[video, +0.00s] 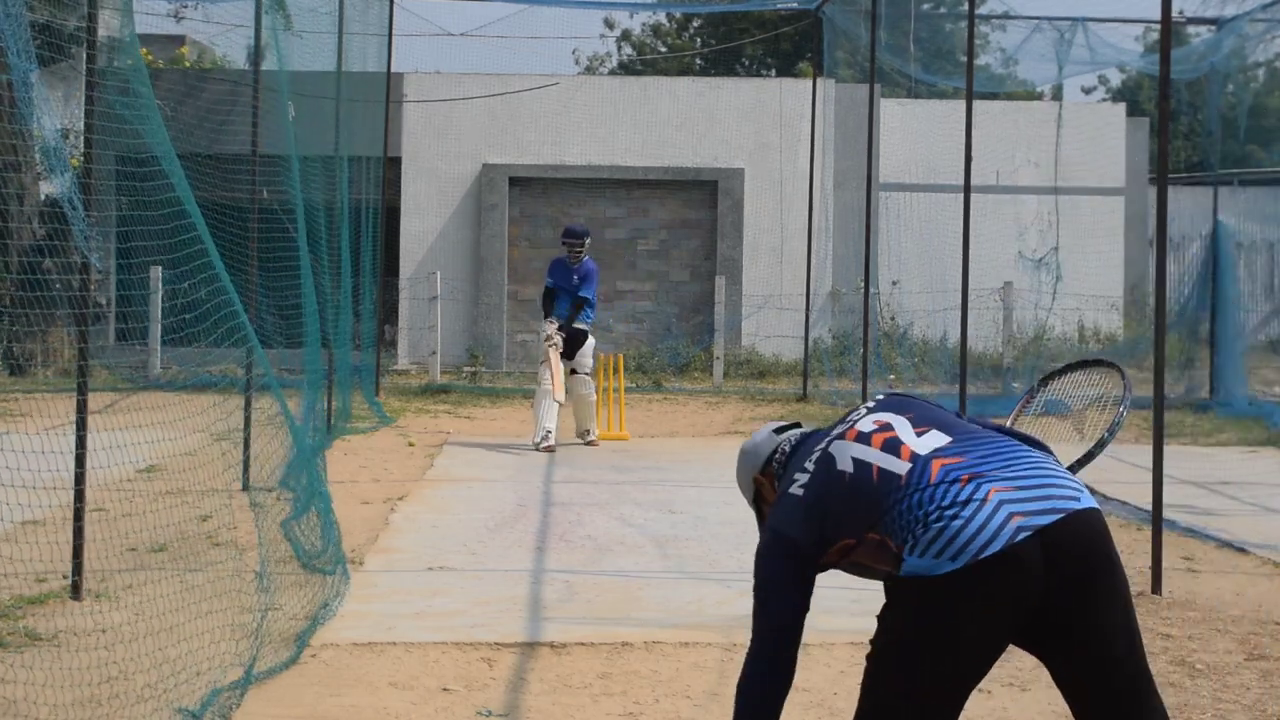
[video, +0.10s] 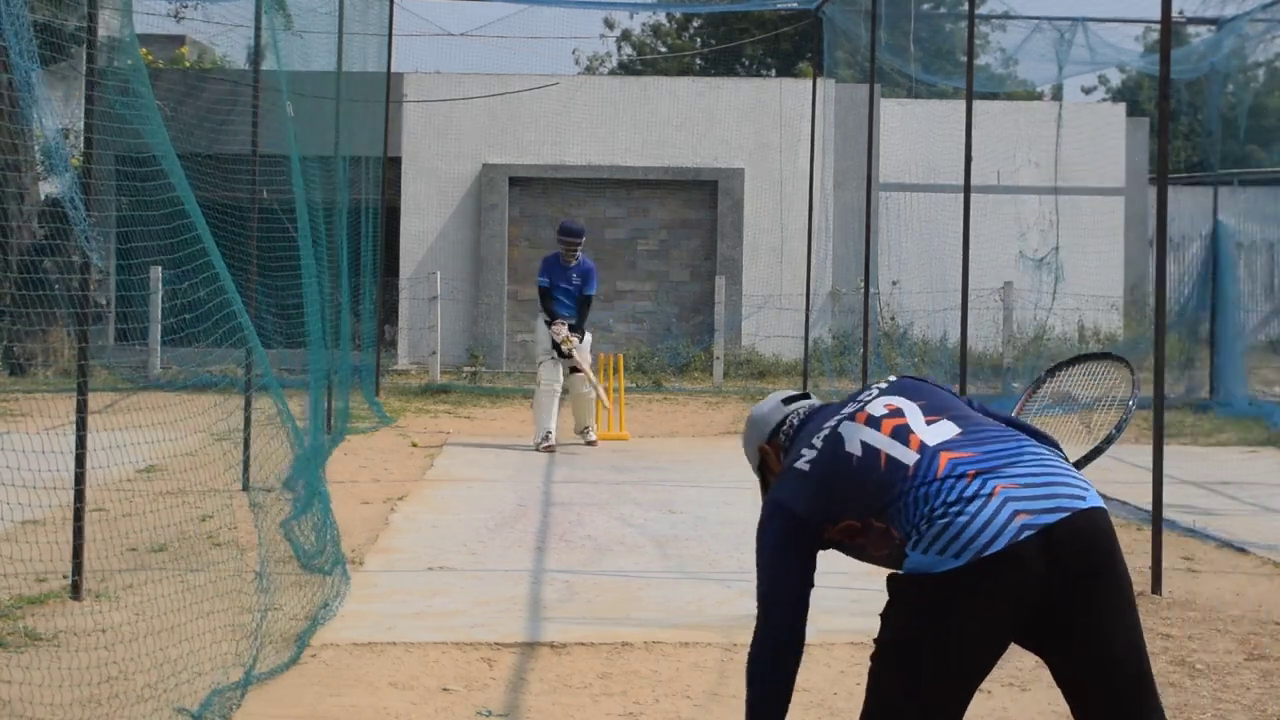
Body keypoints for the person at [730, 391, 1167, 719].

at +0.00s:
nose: (767, 522)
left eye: (760, 507)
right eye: (759, 510)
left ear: (770, 481)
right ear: (803, 442)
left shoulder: (791, 512)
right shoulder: (894, 408)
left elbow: (769, 664)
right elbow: (1031, 448)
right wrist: (902, 564)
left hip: (962, 561)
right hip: (1075, 529)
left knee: (896, 709)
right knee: (1129, 705)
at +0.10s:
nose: (771, 490)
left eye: (766, 475)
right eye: (765, 477)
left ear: (775, 455)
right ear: (817, 413)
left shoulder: (791, 494)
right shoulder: (906, 387)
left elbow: (778, 640)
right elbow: (1041, 443)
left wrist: (762, 715)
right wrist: (909, 549)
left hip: (967, 556)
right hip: (1080, 526)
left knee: (901, 712)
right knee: (1130, 707)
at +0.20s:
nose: (793, 419)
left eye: (790, 406)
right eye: (791, 407)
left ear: (801, 392)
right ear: (856, 352)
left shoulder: (808, 438)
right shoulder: (950, 354)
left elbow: (806, 582)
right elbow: (1068, 436)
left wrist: (832, 670)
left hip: (976, 557)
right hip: (1093, 531)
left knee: (916, 711)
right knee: (1125, 708)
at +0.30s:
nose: (825, 373)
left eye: (823, 358)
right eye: (824, 361)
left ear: (833, 345)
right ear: (896, 312)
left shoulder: (834, 402)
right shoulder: (986, 328)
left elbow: (840, 540)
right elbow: (1088, 434)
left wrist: (908, 598)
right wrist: (1097, 508)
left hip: (985, 569)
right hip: (1107, 545)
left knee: (926, 709)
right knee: (1128, 707)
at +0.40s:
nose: (899, 302)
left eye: (899, 290)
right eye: (898, 291)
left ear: (908, 285)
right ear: (979, 266)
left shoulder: (896, 359)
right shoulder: (1063, 310)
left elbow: (908, 506)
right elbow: (1134, 440)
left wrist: (985, 509)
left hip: (1015, 573)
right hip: (1137, 562)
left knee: (956, 711)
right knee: (1140, 710)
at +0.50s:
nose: (953, 271)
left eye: (952, 259)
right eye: (952, 259)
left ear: (964, 257)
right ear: (1035, 243)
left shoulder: (943, 337)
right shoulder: (1117, 306)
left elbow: (953, 491)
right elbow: (1173, 446)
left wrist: (1041, 500)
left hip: (1044, 579)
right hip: (1166, 570)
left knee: (979, 710)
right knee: (1161, 711)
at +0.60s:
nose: (1015, 231)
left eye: (1016, 220)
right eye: (1016, 220)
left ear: (1026, 223)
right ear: (1105, 214)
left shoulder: (996, 309)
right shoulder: (1173, 291)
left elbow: (991, 463)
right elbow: (1217, 438)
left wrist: (1071, 493)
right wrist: (1216, 522)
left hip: (1080, 568)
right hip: (1203, 562)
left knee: (1011, 710)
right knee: (1185, 710)